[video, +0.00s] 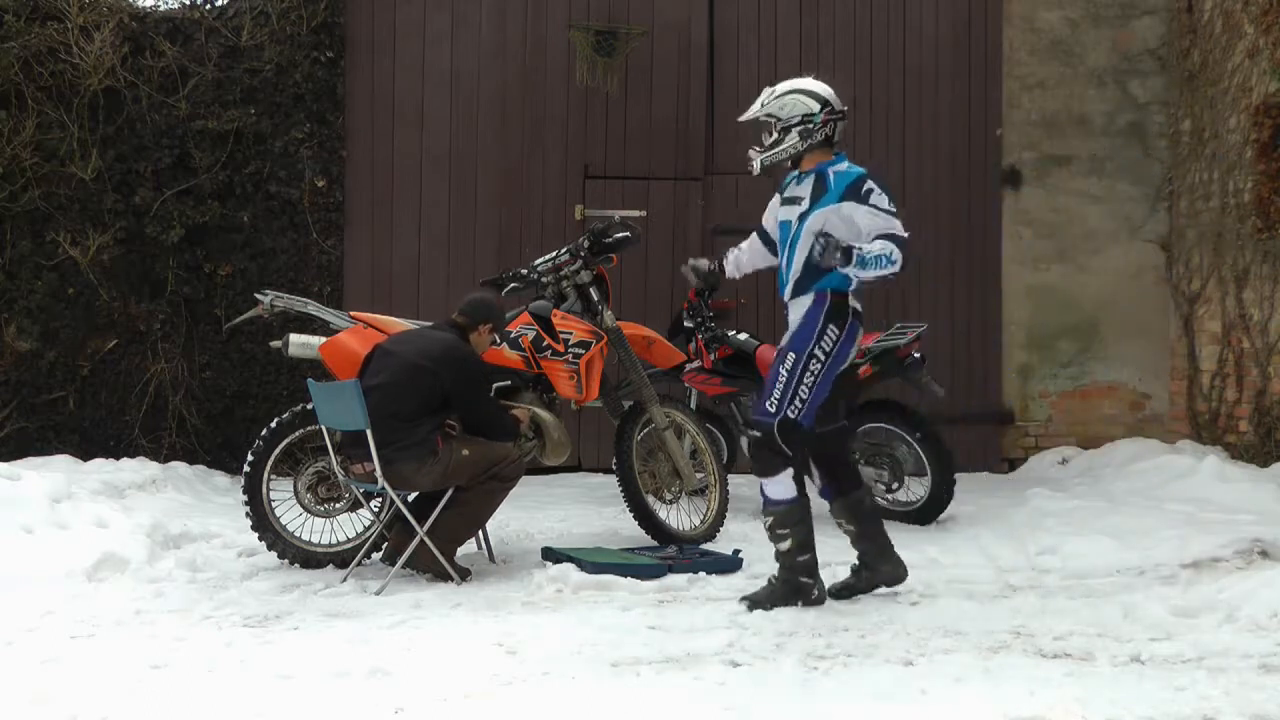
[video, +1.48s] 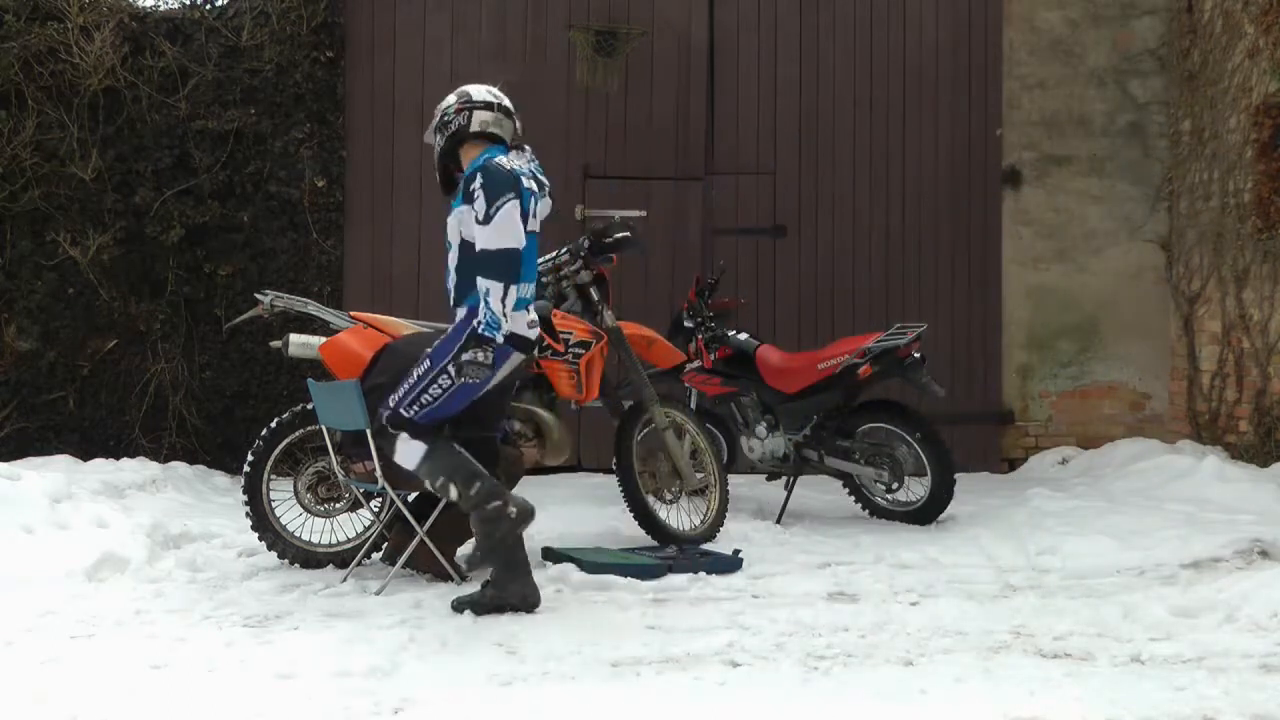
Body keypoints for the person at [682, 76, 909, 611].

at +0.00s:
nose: (765, 139)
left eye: (774, 128)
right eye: (765, 129)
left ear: (806, 128)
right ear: (802, 131)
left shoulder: (851, 182)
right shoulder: (789, 192)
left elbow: (891, 250)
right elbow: (764, 245)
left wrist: (848, 265)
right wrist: (720, 267)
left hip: (829, 317)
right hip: (803, 318)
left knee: (768, 434)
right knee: (823, 440)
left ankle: (797, 575)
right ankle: (878, 558)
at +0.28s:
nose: (699, 157)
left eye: (706, 145)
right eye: (697, 148)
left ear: (737, 141)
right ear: (734, 145)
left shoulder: (772, 184)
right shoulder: (741, 190)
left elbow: (749, 239)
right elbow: (754, 261)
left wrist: (687, 205)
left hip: (773, 326)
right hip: (736, 324)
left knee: (746, 456)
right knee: (672, 406)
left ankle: (801, 577)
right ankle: (736, 487)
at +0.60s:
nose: (626, 158)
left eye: (631, 147)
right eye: (626, 147)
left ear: (654, 143)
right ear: (674, 145)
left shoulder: (680, 190)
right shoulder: (703, 196)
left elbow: (695, 269)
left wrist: (687, 347)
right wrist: (629, 233)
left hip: (671, 346)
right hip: (689, 348)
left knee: (601, 448)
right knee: (647, 448)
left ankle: (718, 507)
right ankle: (684, 573)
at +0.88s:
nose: (562, 137)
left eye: (567, 126)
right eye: (561, 128)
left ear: (597, 122)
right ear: (600, 123)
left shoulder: (648, 171)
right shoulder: (602, 182)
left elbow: (654, 230)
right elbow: (575, 245)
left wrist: (607, 179)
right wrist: (534, 277)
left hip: (626, 317)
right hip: (604, 316)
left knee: (559, 439)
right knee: (618, 447)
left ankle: (603, 585)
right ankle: (681, 561)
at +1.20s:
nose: (486, 144)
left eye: (489, 132)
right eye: (484, 134)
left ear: (511, 125)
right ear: (542, 122)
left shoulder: (534, 166)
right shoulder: (578, 170)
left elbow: (480, 199)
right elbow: (632, 244)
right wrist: (619, 304)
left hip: (564, 317)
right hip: (543, 316)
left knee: (541, 450)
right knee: (467, 410)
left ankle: (604, 586)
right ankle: (527, 526)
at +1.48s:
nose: (443, 148)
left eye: (444, 136)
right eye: (445, 138)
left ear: (457, 126)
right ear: (501, 128)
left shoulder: (490, 174)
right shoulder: (519, 171)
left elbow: (502, 258)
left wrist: (477, 335)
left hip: (486, 331)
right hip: (513, 332)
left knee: (392, 424)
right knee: (477, 442)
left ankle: (490, 502)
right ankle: (511, 579)